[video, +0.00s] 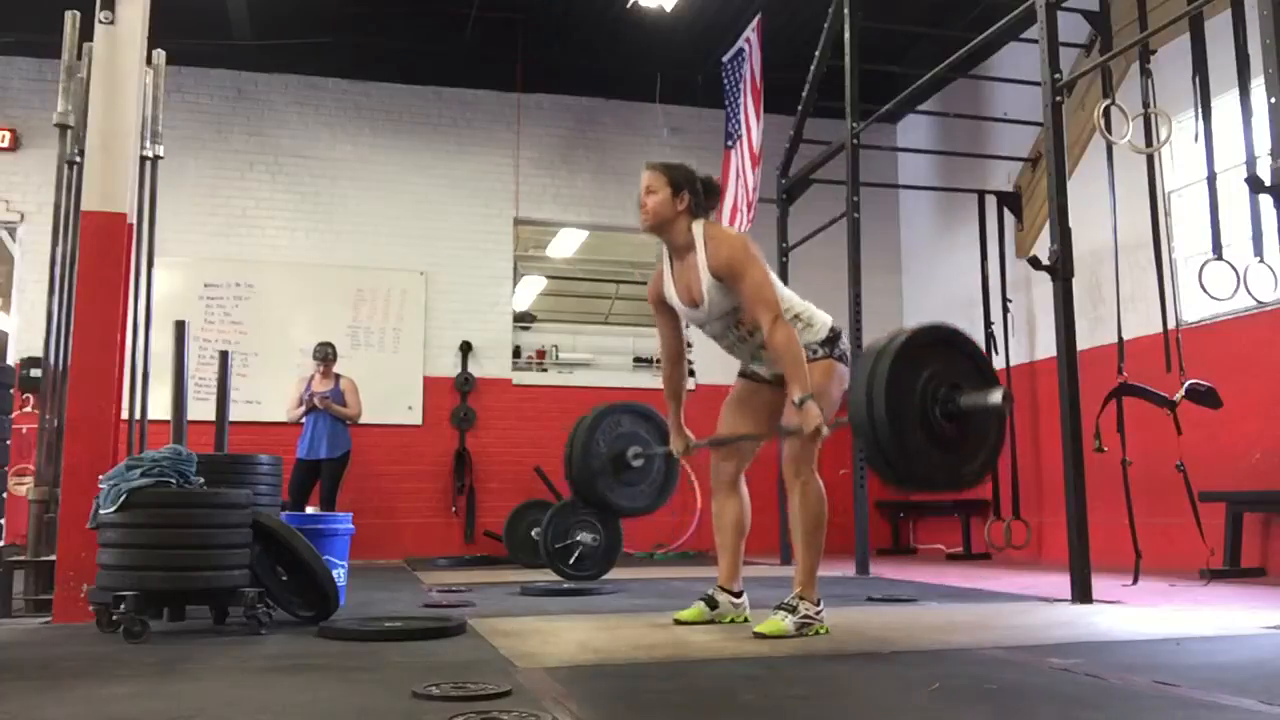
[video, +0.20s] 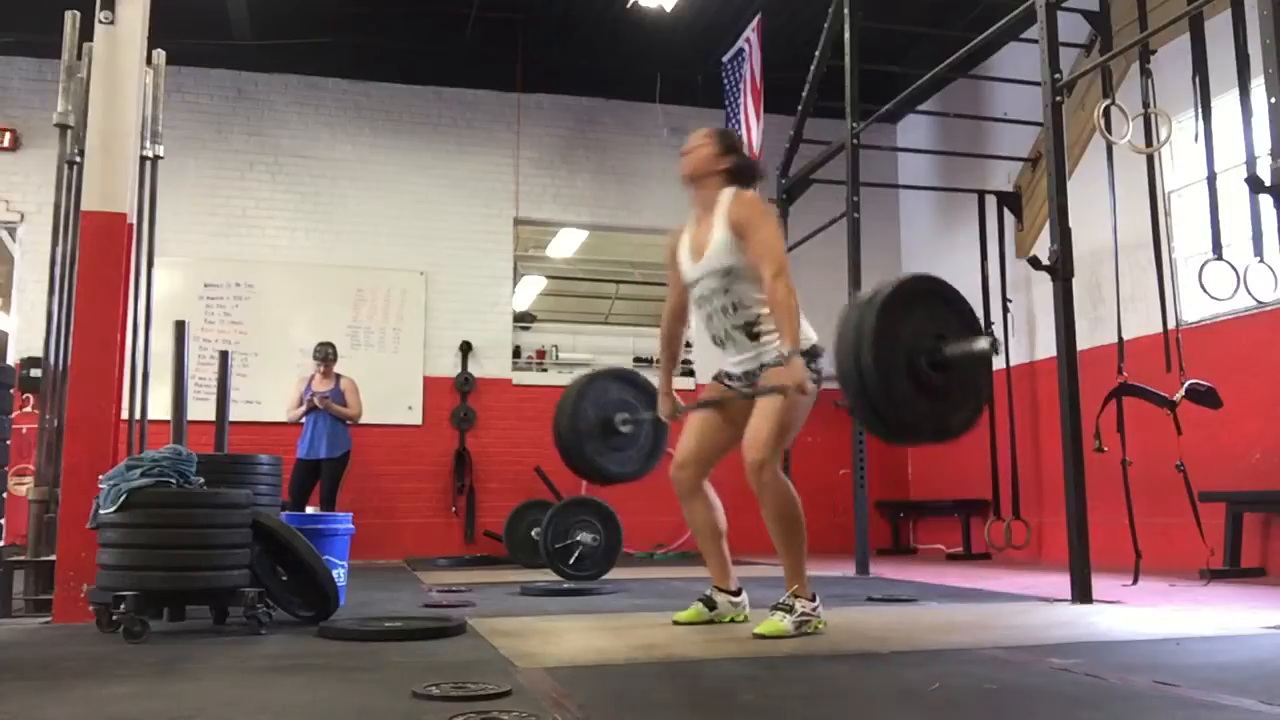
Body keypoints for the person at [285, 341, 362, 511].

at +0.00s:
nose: (322, 370)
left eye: (327, 366)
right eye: (318, 365)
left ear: (334, 362)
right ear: (314, 362)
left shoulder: (345, 383)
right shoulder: (304, 383)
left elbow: (355, 415)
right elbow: (290, 416)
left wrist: (329, 406)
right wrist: (305, 407)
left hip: (335, 449)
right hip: (309, 448)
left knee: (327, 499)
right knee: (295, 495)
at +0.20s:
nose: (322, 370)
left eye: (327, 366)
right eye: (319, 365)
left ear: (334, 362)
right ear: (314, 362)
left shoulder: (346, 383)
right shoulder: (304, 383)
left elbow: (355, 415)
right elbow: (290, 416)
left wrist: (329, 405)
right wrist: (306, 407)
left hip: (335, 449)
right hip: (308, 449)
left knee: (327, 500)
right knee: (296, 496)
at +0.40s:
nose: (323, 370)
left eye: (327, 366)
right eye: (319, 365)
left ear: (335, 362)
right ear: (315, 362)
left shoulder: (346, 383)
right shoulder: (305, 382)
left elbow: (356, 415)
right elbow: (291, 416)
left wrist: (330, 405)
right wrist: (306, 407)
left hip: (335, 449)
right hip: (309, 449)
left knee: (327, 500)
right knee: (296, 497)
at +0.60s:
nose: (323, 370)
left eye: (327, 366)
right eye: (319, 365)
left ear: (335, 362)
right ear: (315, 362)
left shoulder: (346, 383)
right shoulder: (305, 383)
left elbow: (356, 415)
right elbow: (291, 416)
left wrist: (330, 406)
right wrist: (306, 407)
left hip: (336, 450)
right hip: (309, 449)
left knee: (327, 501)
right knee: (296, 498)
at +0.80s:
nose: (323, 370)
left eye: (327, 366)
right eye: (319, 365)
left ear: (335, 362)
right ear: (315, 362)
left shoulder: (346, 383)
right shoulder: (305, 383)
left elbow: (356, 415)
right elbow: (291, 416)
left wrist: (330, 406)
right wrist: (307, 406)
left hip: (336, 450)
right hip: (309, 449)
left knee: (327, 501)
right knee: (296, 499)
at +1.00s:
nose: (322, 370)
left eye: (327, 366)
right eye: (319, 365)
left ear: (335, 363)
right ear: (314, 362)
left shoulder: (346, 384)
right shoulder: (306, 383)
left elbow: (356, 415)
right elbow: (291, 417)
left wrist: (330, 406)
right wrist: (305, 407)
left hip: (336, 449)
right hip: (309, 449)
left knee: (327, 501)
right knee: (296, 498)